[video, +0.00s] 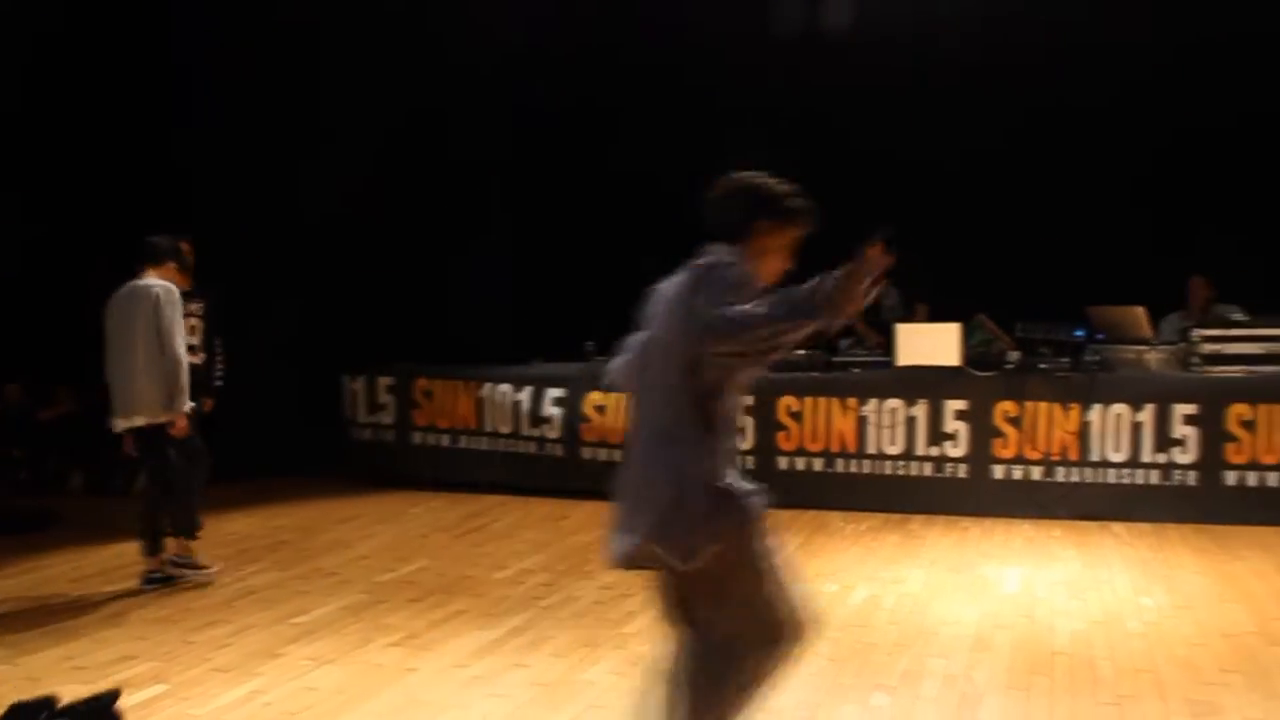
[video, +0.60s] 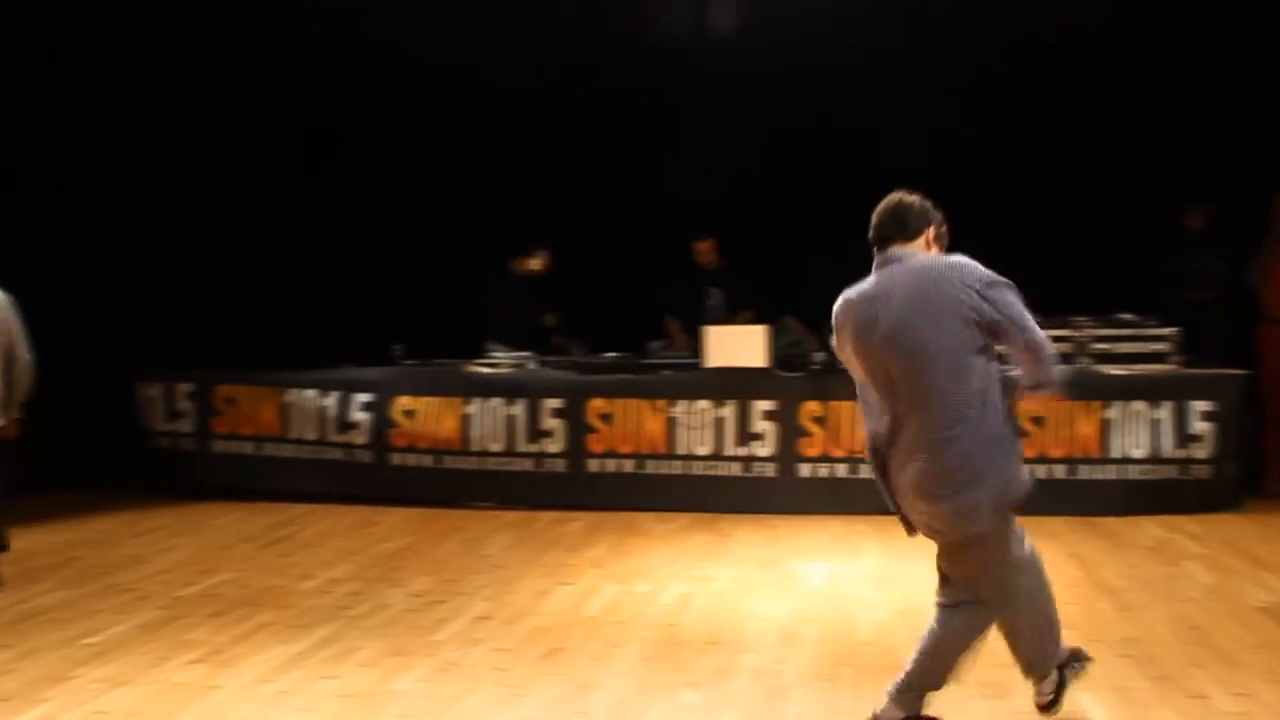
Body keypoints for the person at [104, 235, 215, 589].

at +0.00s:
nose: (179, 279)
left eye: (179, 273)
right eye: (179, 272)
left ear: (145, 265)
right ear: (169, 266)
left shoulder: (118, 299)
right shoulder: (165, 292)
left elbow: (116, 364)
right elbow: (176, 352)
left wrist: (124, 421)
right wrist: (181, 407)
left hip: (135, 412)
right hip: (164, 410)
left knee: (151, 482)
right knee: (184, 473)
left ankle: (153, 560)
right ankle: (182, 550)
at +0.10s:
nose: (156, 269)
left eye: (154, 264)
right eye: (155, 264)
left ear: (120, 261)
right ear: (148, 261)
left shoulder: (95, 294)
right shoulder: (151, 292)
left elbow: (87, 353)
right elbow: (164, 351)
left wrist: (102, 396)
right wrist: (164, 402)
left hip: (101, 417)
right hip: (141, 414)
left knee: (113, 490)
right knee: (160, 481)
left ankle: (121, 562)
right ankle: (188, 546)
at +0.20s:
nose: (120, 269)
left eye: (117, 264)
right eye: (121, 264)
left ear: (85, 263)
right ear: (118, 263)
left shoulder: (62, 297)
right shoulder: (125, 297)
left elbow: (50, 356)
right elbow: (143, 359)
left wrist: (68, 389)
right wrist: (143, 408)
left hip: (67, 421)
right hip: (114, 418)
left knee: (74, 493)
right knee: (127, 481)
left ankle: (81, 565)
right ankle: (144, 539)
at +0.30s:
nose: (93, 273)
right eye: (94, 268)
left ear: (56, 264)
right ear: (93, 267)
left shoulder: (33, 296)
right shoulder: (101, 302)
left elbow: (16, 354)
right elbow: (118, 364)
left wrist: (32, 388)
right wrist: (116, 414)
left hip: (32, 421)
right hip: (80, 422)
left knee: (46, 492)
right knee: (87, 486)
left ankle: (52, 565)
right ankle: (97, 551)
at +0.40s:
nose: (67, 281)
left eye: (65, 276)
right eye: (66, 276)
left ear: (29, 271)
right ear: (62, 275)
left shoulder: (8, 298)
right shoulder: (72, 309)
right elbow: (92, 370)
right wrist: (87, 420)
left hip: (9, 414)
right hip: (52, 415)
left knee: (19, 479)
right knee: (60, 481)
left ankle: (32, 530)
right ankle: (62, 553)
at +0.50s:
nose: (12, 277)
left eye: (9, 270)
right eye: (16, 270)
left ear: (3, 269)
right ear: (24, 270)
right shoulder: (39, 305)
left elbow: (56, 366)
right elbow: (58, 366)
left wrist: (51, 415)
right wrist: (54, 415)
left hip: (4, 417)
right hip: (22, 417)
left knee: (8, 485)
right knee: (25, 488)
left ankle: (12, 522)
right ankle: (26, 562)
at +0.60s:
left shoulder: (5, 304)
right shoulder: (5, 304)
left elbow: (23, 361)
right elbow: (24, 361)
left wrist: (14, 409)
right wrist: (15, 408)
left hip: (4, 422)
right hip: (5, 422)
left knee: (5, 487)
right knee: (5, 487)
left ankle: (4, 536)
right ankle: (4, 536)